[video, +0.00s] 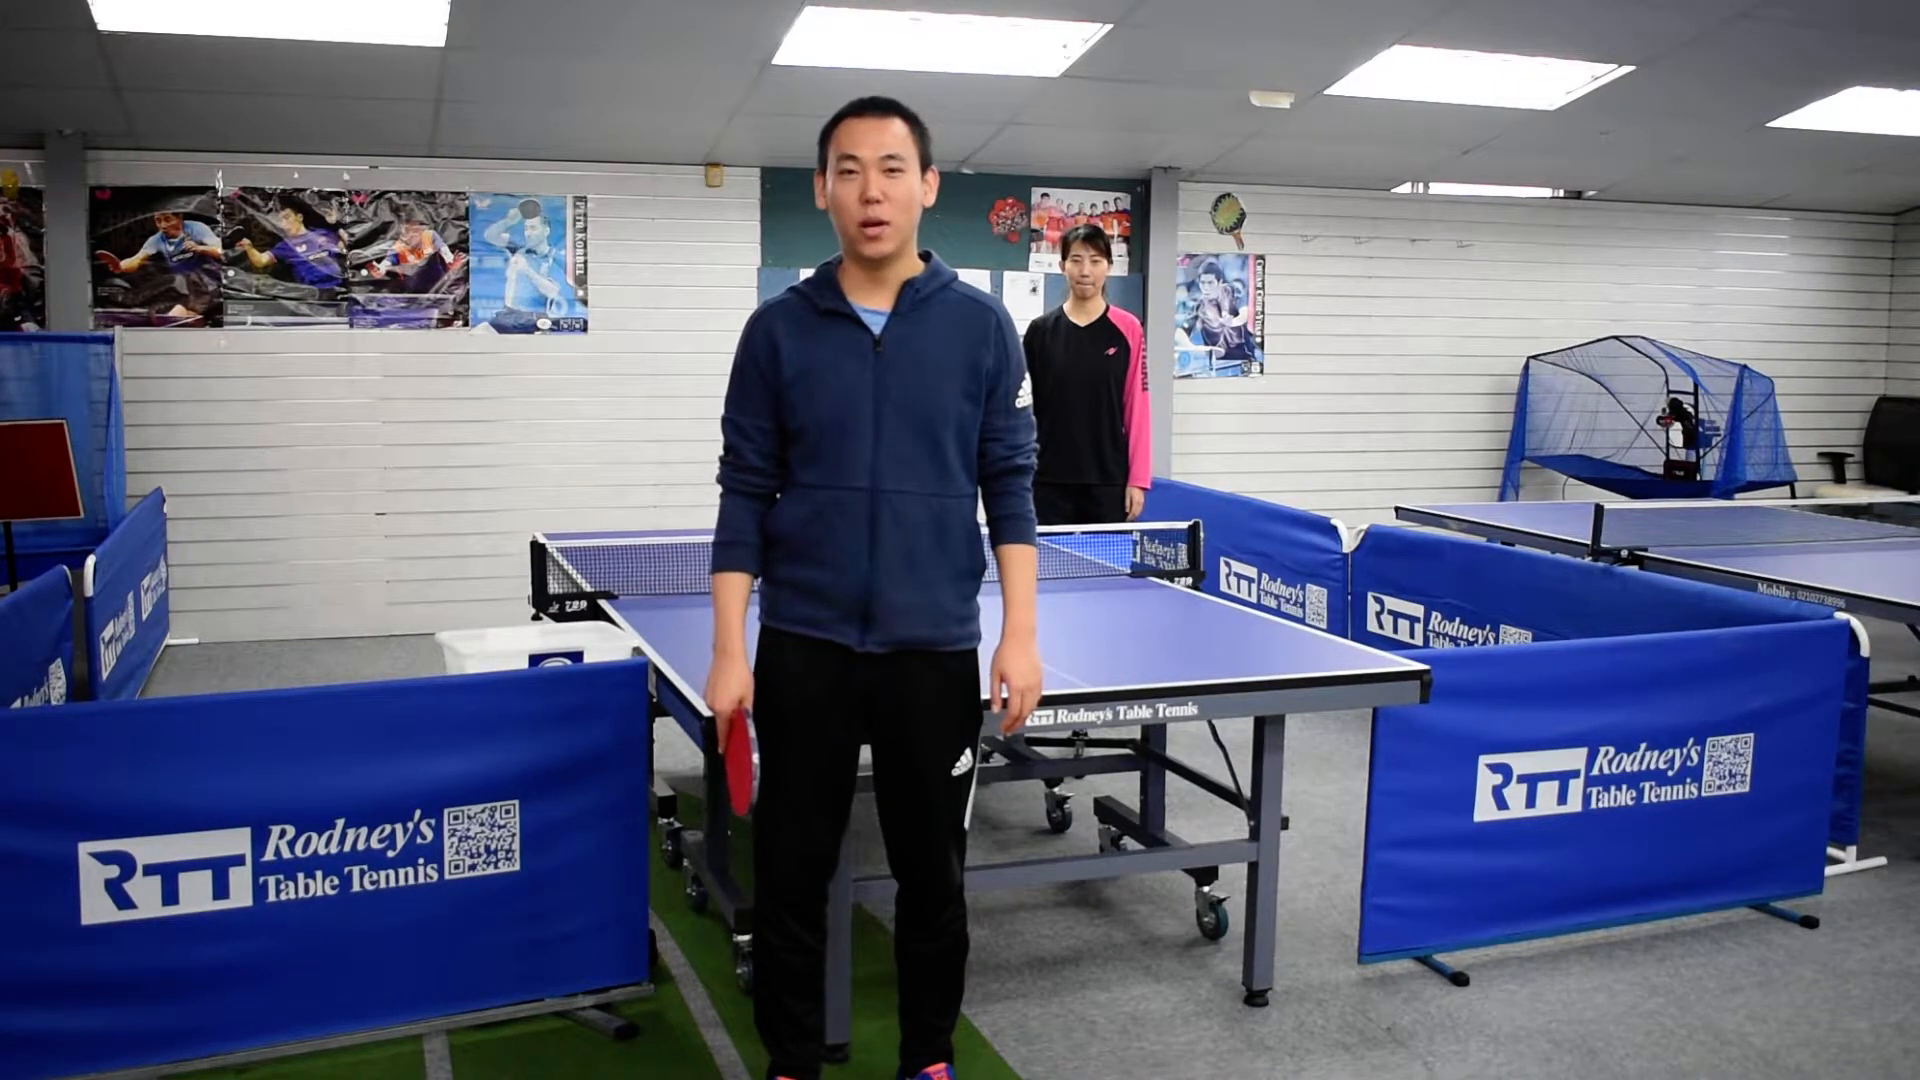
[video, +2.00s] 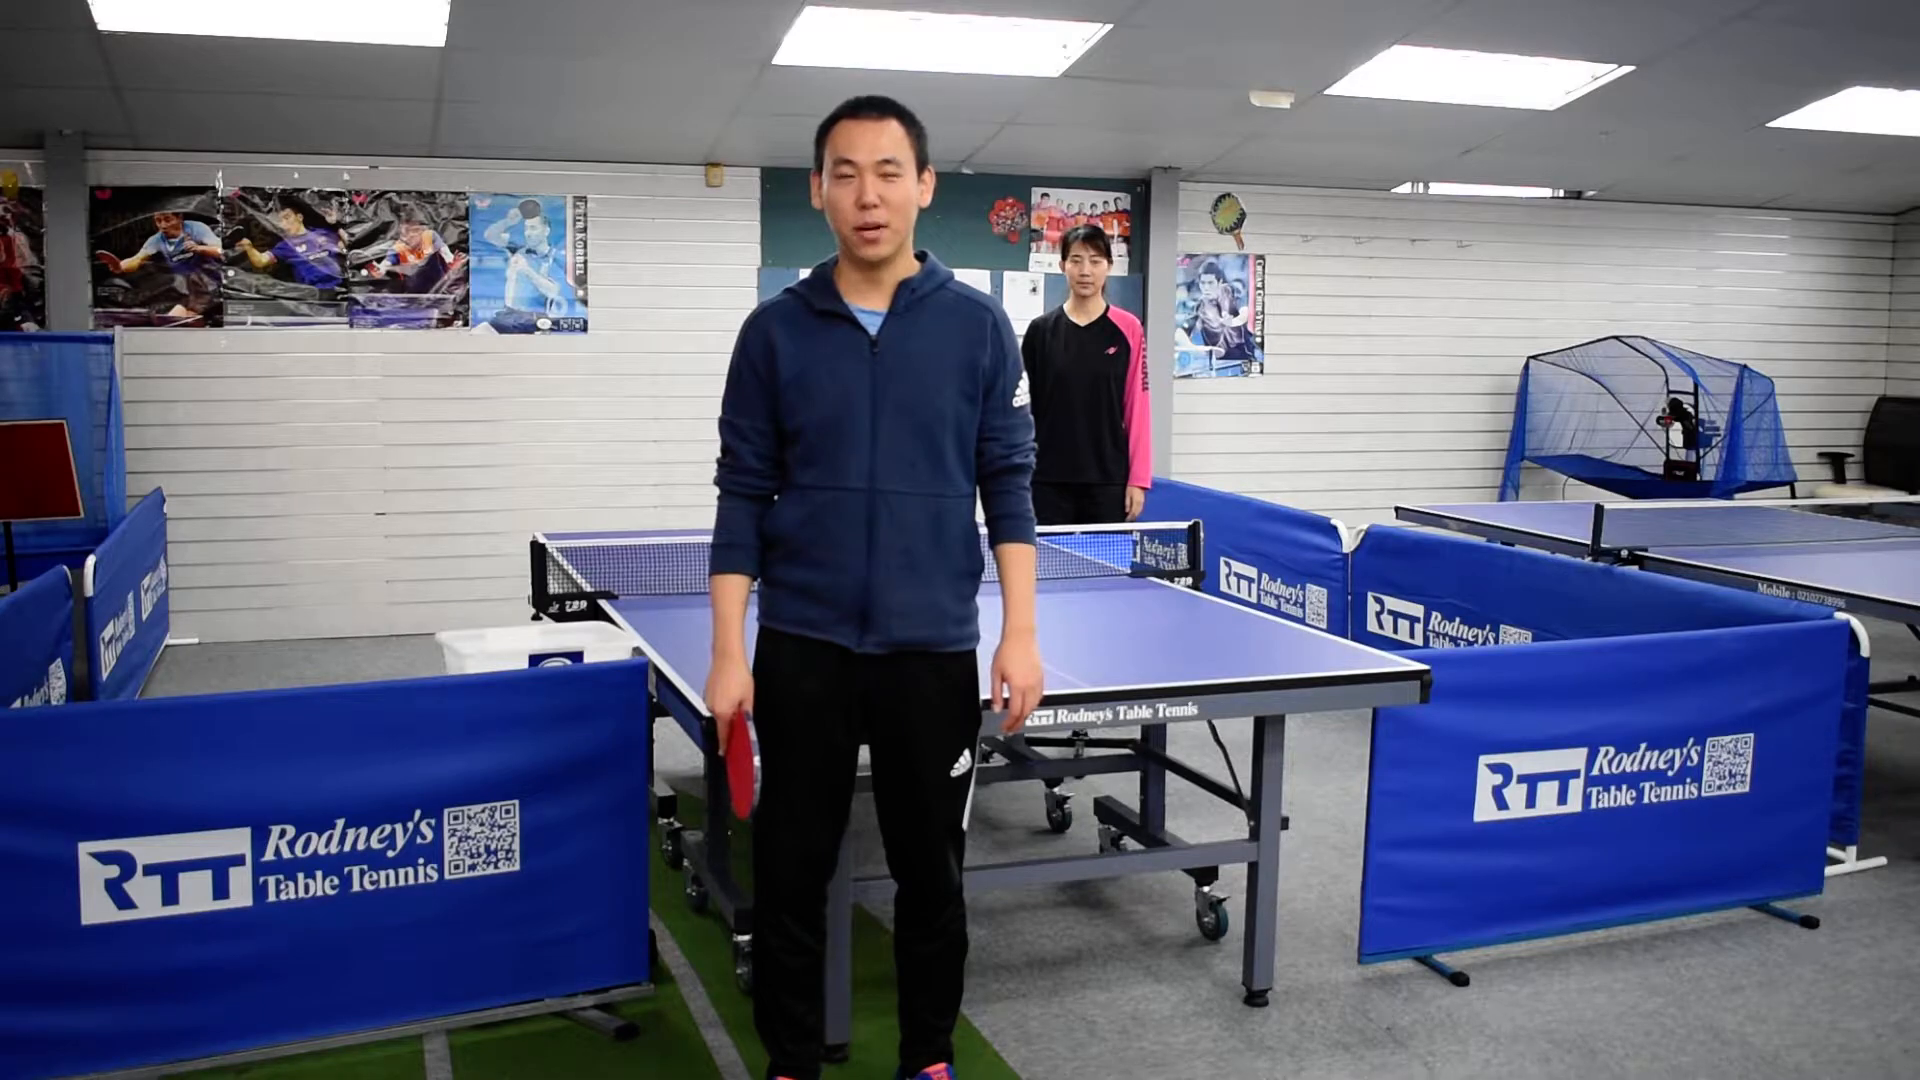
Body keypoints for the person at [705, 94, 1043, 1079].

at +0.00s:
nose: (870, 189)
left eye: (892, 169)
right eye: (849, 170)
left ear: (927, 190)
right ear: (824, 193)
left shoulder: (980, 327)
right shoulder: (778, 329)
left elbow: (1011, 486)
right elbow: (742, 490)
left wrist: (1021, 633)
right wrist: (729, 649)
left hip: (933, 645)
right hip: (805, 643)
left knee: (931, 875)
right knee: (790, 875)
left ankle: (929, 1061)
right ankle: (791, 1062)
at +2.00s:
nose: (867, 193)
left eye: (888, 172)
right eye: (846, 174)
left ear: (923, 189)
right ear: (820, 194)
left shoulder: (977, 326)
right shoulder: (775, 330)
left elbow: (1009, 483)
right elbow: (740, 491)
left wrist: (1020, 632)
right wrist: (728, 651)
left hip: (931, 644)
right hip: (804, 642)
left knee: (930, 871)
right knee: (789, 874)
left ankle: (929, 1061)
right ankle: (791, 1061)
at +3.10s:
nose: (871, 186)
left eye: (893, 167)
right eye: (850, 167)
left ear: (926, 188)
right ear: (824, 190)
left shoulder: (979, 325)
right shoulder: (778, 328)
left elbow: (1012, 484)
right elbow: (741, 490)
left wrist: (1023, 632)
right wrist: (729, 649)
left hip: (933, 644)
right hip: (805, 643)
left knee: (931, 871)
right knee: (790, 873)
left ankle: (930, 1060)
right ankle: (791, 1061)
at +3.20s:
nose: (869, 185)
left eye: (892, 166)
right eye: (849, 166)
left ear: (926, 189)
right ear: (823, 190)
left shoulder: (980, 326)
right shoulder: (777, 329)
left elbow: (1013, 483)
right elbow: (742, 490)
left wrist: (1025, 631)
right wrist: (729, 650)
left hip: (933, 645)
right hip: (805, 643)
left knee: (932, 870)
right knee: (790, 873)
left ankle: (930, 1059)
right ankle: (791, 1061)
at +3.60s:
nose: (869, 186)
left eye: (891, 166)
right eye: (848, 168)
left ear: (926, 188)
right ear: (823, 192)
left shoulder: (980, 326)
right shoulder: (777, 329)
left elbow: (1013, 482)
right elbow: (742, 491)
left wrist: (1023, 631)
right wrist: (731, 652)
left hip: (934, 645)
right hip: (806, 644)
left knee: (933, 871)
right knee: (791, 873)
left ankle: (930, 1059)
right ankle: (791, 1061)